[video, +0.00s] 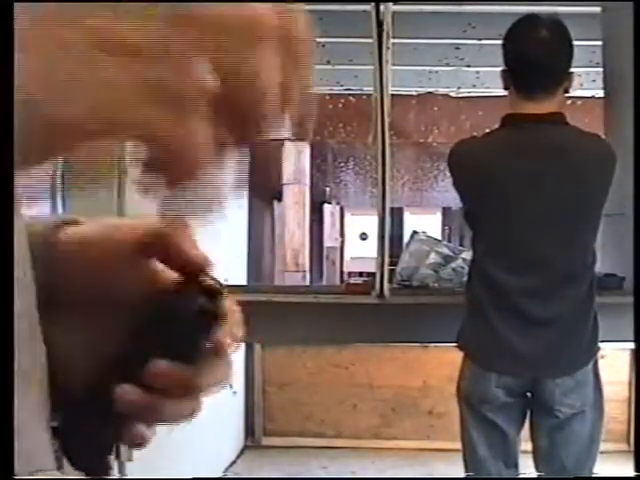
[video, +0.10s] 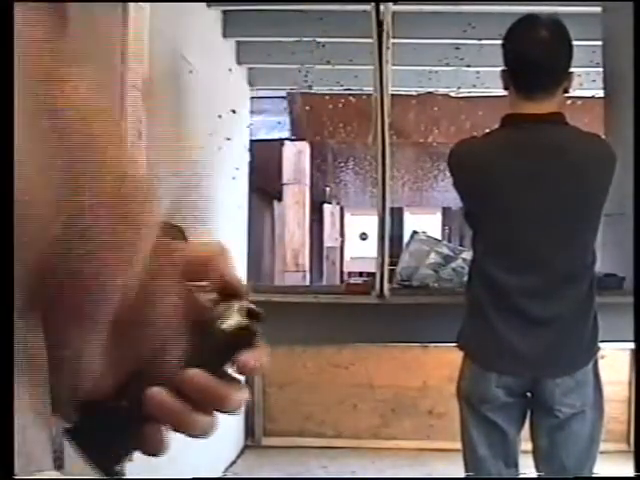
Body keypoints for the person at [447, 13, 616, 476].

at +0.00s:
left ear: (505, 80)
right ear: (569, 82)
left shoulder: (468, 158)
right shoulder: (599, 156)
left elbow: (485, 221)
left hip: (491, 357)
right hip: (569, 360)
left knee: (489, 472)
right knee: (568, 472)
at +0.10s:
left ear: (505, 81)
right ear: (569, 82)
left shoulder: (468, 158)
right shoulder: (599, 156)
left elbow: (484, 221)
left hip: (491, 356)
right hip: (568, 360)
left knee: (489, 472)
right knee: (568, 472)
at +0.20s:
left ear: (505, 80)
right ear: (569, 81)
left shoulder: (468, 158)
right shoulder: (599, 156)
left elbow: (484, 220)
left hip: (491, 357)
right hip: (568, 360)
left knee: (489, 472)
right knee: (568, 472)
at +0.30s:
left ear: (505, 80)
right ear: (569, 81)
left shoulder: (468, 158)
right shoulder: (599, 156)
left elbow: (484, 220)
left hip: (491, 357)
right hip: (568, 360)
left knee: (489, 472)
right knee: (568, 472)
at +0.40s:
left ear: (505, 79)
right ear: (568, 81)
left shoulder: (468, 158)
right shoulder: (598, 156)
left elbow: (484, 220)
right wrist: (549, 120)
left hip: (491, 357)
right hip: (568, 360)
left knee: (489, 472)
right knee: (568, 472)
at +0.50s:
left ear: (505, 79)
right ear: (568, 81)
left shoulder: (468, 158)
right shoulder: (598, 156)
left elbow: (485, 219)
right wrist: (550, 120)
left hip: (491, 357)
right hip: (568, 359)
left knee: (489, 472)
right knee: (568, 472)